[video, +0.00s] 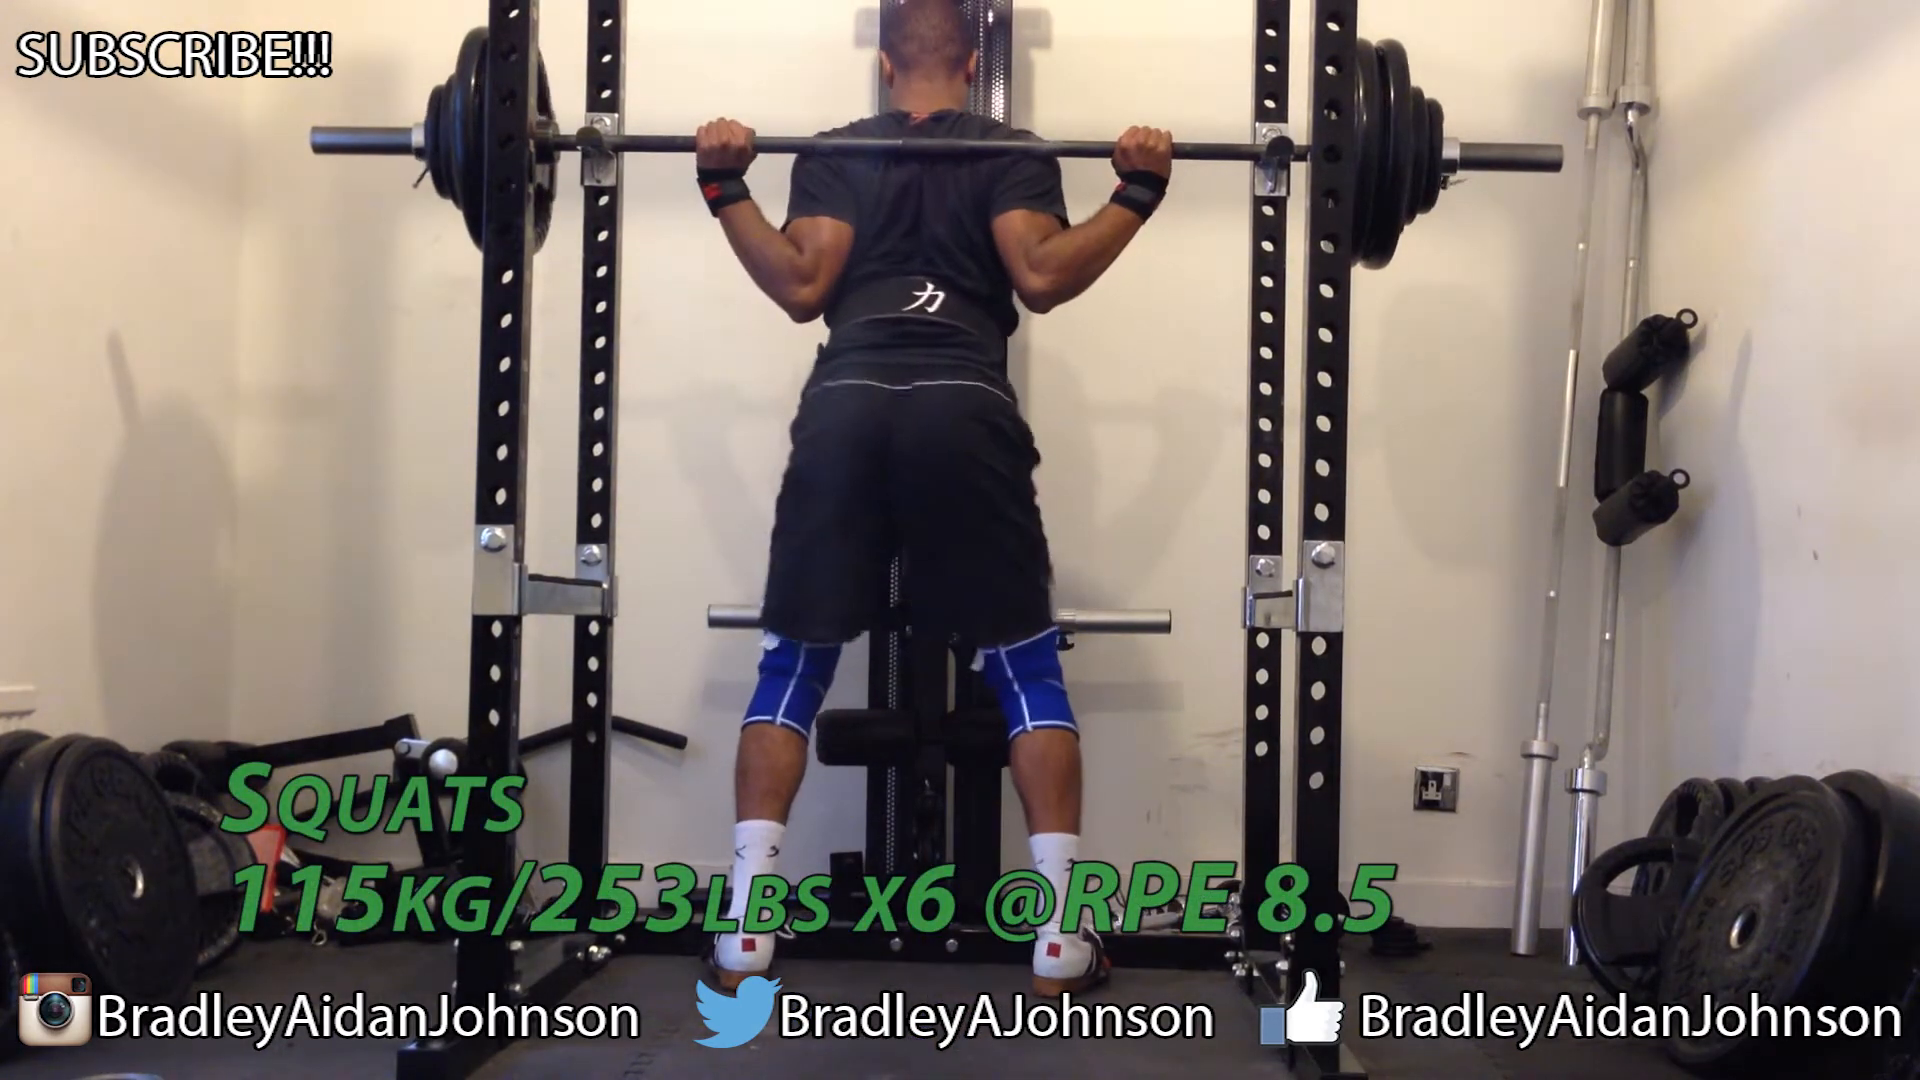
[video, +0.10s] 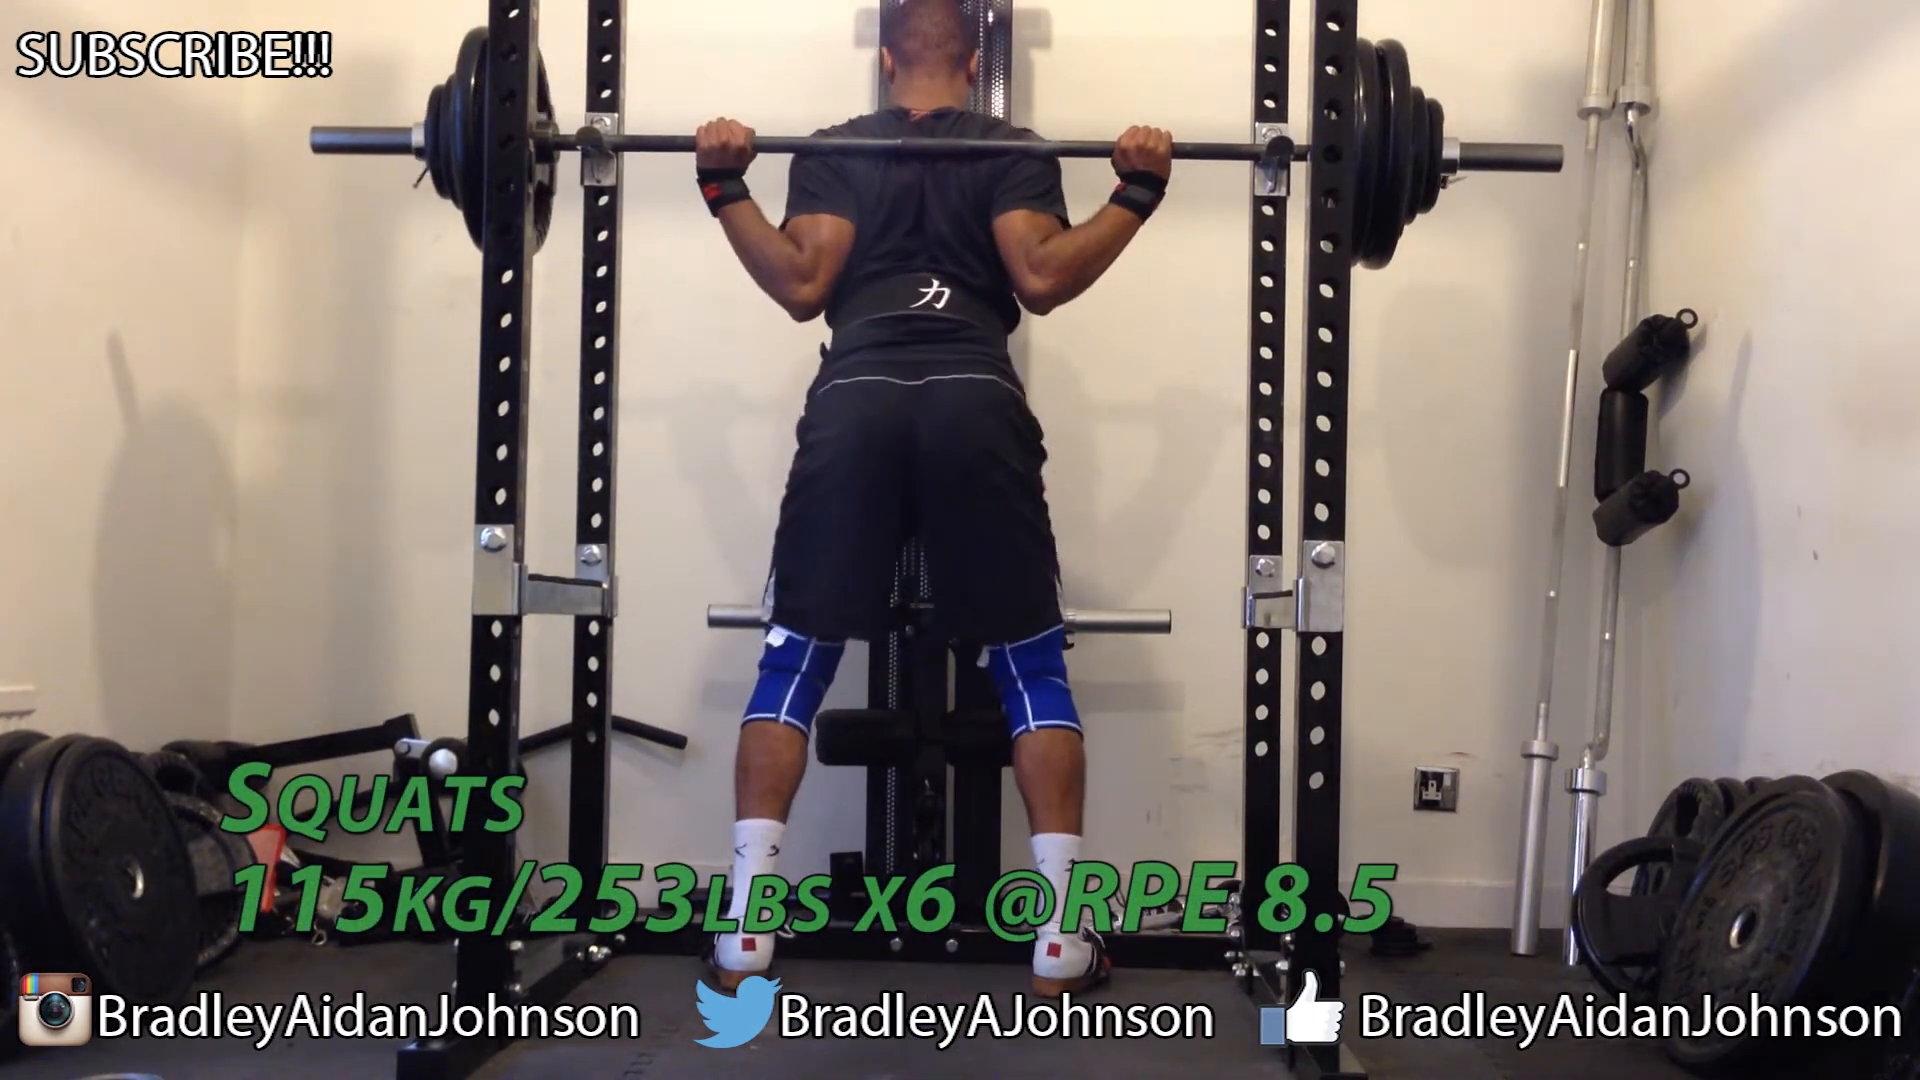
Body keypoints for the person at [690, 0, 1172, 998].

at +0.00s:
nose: (907, 39)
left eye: (894, 30)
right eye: (959, 33)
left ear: (881, 56)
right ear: (973, 52)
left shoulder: (833, 151)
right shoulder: (1009, 151)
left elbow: (801, 286)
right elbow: (1041, 278)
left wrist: (726, 188)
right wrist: (1136, 192)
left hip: (840, 408)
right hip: (962, 408)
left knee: (791, 667)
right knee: (1029, 672)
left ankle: (749, 914)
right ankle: (1058, 922)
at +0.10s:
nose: (888, 39)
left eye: (891, 28)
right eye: (956, 31)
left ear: (886, 47)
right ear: (975, 50)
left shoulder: (832, 147)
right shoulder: (1011, 148)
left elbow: (801, 285)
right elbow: (1041, 278)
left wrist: (725, 187)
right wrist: (1135, 193)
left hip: (851, 402)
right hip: (974, 403)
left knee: (795, 660)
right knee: (1032, 670)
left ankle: (749, 912)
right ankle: (1059, 923)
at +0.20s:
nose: (890, 26)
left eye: (892, 18)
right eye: (946, 21)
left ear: (881, 45)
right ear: (971, 46)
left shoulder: (829, 146)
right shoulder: (1009, 148)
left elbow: (797, 288)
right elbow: (1040, 282)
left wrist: (724, 187)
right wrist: (1134, 194)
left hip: (855, 402)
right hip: (978, 404)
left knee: (794, 657)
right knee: (1030, 667)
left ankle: (748, 910)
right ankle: (1059, 922)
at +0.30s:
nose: (889, 20)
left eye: (895, 12)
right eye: (910, 12)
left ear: (879, 44)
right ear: (968, 43)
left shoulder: (826, 145)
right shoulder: (1008, 147)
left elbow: (794, 292)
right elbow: (1039, 283)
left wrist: (723, 188)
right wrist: (1133, 195)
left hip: (855, 399)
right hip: (978, 402)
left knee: (794, 655)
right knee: (1026, 664)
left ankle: (748, 915)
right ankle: (1058, 925)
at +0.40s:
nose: (884, 21)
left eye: (890, 12)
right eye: (910, 12)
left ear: (881, 39)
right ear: (968, 39)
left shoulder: (826, 143)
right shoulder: (1009, 145)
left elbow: (795, 293)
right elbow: (1040, 286)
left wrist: (723, 188)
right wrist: (1133, 195)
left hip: (851, 401)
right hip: (974, 404)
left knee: (794, 656)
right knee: (1023, 663)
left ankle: (748, 916)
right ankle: (1057, 925)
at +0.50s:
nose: (884, 20)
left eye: (890, 11)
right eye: (908, 11)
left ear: (882, 37)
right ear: (969, 37)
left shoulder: (825, 143)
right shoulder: (1010, 144)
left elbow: (796, 293)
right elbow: (1040, 286)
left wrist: (724, 189)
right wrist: (1133, 195)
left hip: (849, 401)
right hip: (971, 404)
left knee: (795, 658)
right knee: (1022, 663)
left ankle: (749, 912)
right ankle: (1058, 922)